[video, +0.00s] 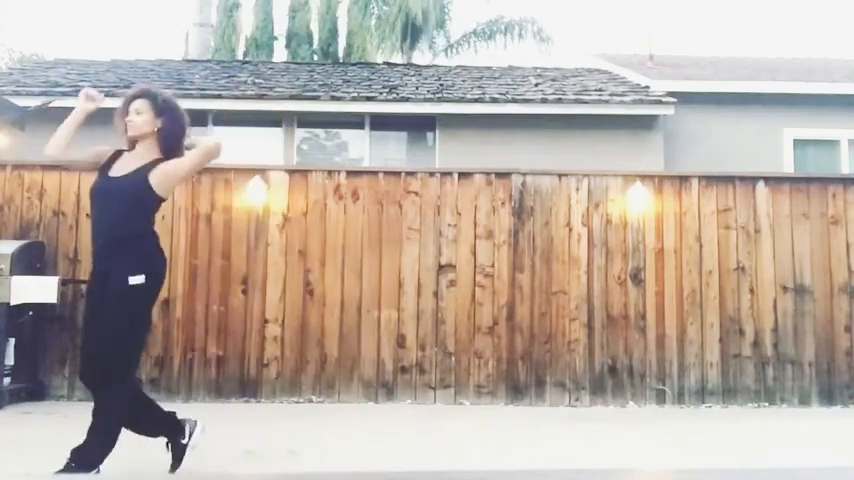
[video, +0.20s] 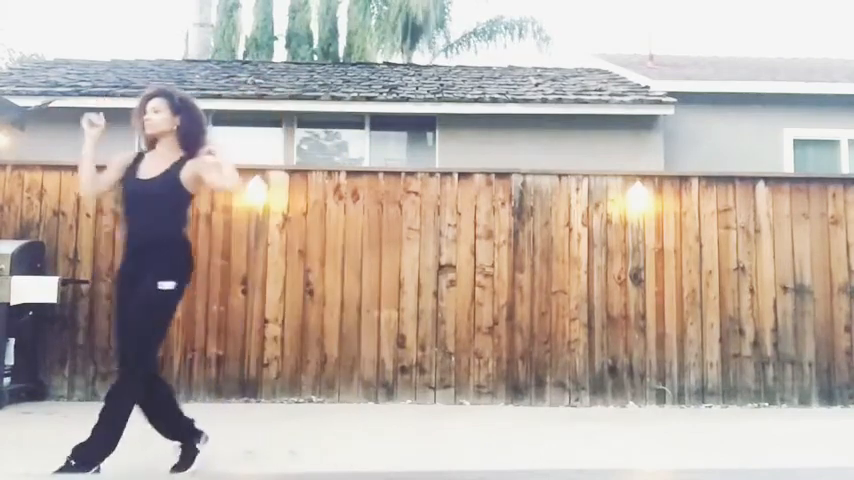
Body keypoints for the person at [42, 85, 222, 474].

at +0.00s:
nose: (129, 119)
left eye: (138, 113)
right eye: (127, 113)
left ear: (161, 121)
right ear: (124, 121)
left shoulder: (165, 169)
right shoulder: (114, 157)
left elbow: (215, 145)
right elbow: (54, 152)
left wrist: (187, 147)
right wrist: (81, 110)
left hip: (136, 270)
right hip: (104, 268)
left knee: (116, 368)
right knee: (92, 370)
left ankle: (88, 460)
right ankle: (173, 429)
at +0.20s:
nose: (148, 118)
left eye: (157, 112)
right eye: (146, 113)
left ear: (178, 118)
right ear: (143, 120)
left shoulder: (192, 164)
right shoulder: (134, 160)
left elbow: (231, 182)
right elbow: (90, 188)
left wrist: (219, 160)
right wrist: (90, 139)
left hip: (167, 266)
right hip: (133, 264)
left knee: (135, 359)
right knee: (133, 360)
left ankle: (90, 456)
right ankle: (187, 434)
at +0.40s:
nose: (175, 117)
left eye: (183, 111)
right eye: (172, 112)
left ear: (204, 116)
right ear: (169, 121)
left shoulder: (226, 159)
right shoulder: (162, 163)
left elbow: (253, 208)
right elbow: (140, 216)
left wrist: (247, 176)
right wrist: (112, 184)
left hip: (202, 263)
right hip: (164, 262)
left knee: (156, 347)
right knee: (178, 353)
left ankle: (139, 452)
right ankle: (204, 444)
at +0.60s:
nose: (203, 122)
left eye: (211, 116)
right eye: (200, 117)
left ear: (230, 123)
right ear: (195, 125)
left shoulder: (252, 168)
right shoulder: (188, 168)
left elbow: (265, 217)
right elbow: (175, 222)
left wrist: (267, 237)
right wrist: (153, 245)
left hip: (226, 273)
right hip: (185, 272)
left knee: (214, 356)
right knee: (187, 359)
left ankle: (240, 439)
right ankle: (204, 445)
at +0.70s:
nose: (219, 123)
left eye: (227, 117)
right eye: (214, 119)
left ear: (244, 124)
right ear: (209, 128)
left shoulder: (267, 171)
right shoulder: (200, 168)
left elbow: (275, 225)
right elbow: (185, 222)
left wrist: (272, 268)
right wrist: (175, 264)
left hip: (243, 274)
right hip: (198, 272)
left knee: (257, 356)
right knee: (195, 358)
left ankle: (278, 443)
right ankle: (206, 446)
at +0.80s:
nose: (242, 123)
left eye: (249, 118)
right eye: (235, 119)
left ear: (264, 126)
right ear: (225, 130)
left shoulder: (280, 168)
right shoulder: (215, 169)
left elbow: (285, 226)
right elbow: (195, 226)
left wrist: (285, 275)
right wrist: (190, 278)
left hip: (259, 272)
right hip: (217, 271)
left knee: (282, 357)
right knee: (205, 358)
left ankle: (312, 445)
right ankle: (206, 447)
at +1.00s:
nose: (288, 124)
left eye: (292, 119)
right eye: (280, 119)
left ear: (300, 128)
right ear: (264, 128)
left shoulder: (309, 170)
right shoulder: (251, 172)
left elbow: (313, 229)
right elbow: (235, 231)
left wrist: (319, 276)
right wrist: (237, 286)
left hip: (307, 279)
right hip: (266, 279)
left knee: (312, 367)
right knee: (238, 363)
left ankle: (328, 450)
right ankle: (210, 444)